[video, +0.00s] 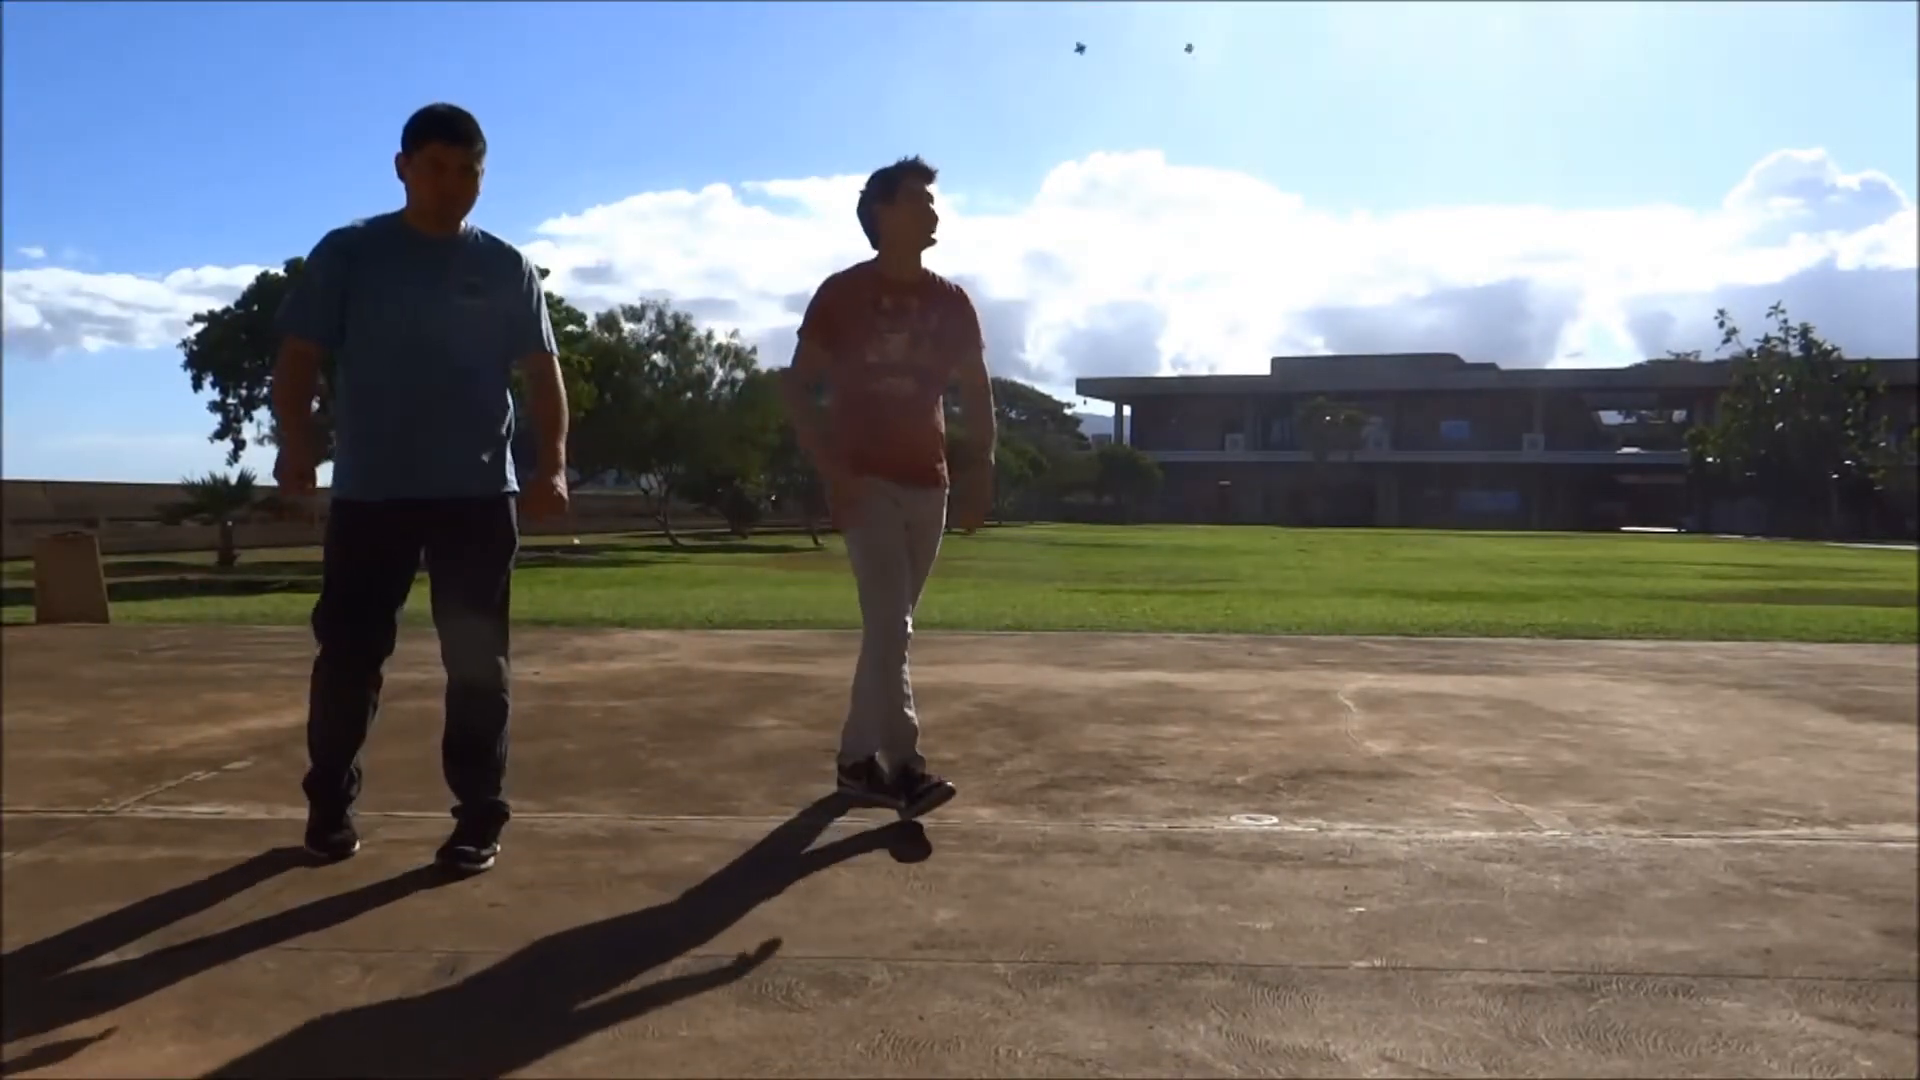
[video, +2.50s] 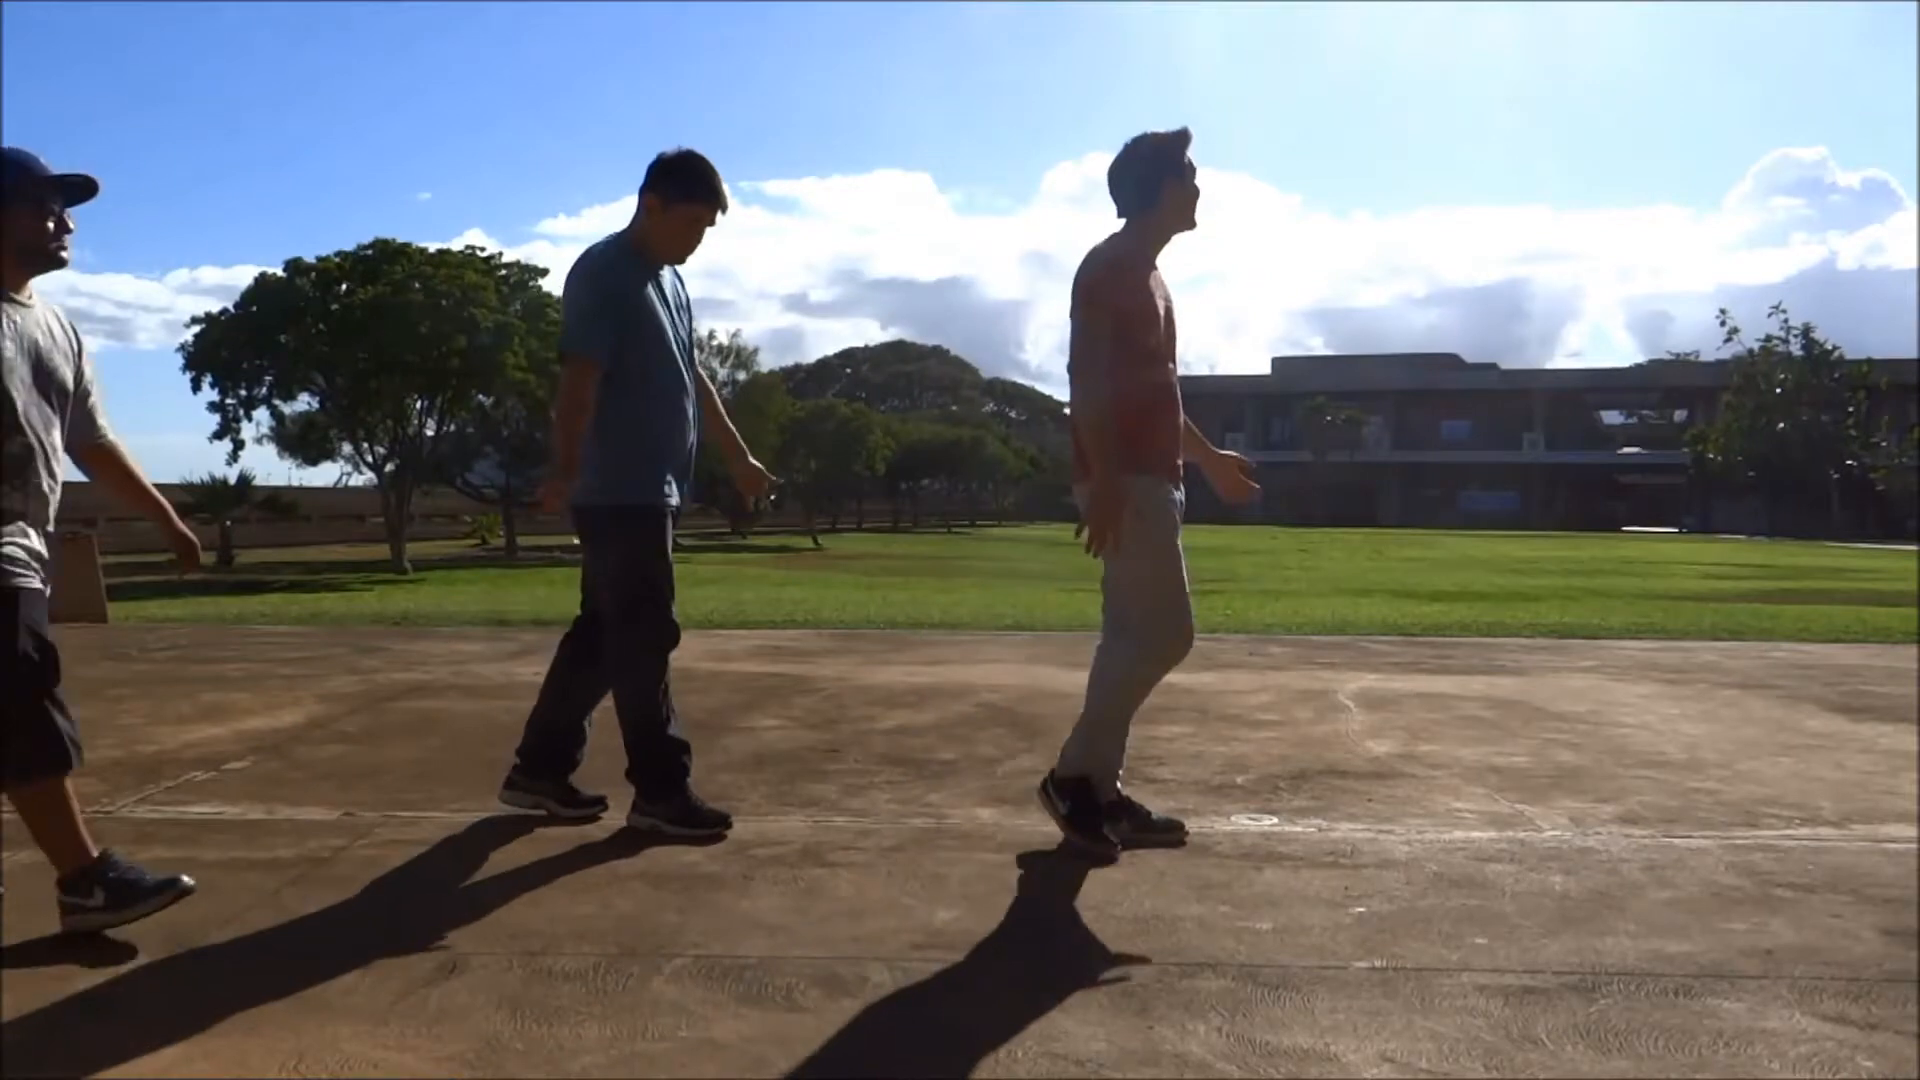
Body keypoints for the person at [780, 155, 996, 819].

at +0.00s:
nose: (933, 209)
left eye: (931, 199)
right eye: (918, 200)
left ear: (925, 214)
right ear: (878, 215)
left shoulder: (952, 300)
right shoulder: (841, 293)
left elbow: (979, 393)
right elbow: (796, 387)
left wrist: (981, 468)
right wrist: (828, 466)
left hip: (930, 484)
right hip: (863, 481)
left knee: (893, 622)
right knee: (889, 621)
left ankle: (857, 756)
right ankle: (904, 763)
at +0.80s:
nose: (987, 192)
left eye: (983, 180)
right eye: (973, 181)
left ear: (951, 196)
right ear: (930, 195)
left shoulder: (983, 285)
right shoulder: (879, 279)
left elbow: (1001, 389)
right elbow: (838, 392)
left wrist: (1039, 480)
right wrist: (843, 492)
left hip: (983, 484)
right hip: (917, 485)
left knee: (1000, 626)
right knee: (932, 635)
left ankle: (903, 718)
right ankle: (927, 788)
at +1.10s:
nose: (1003, 188)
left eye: (1002, 176)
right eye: (988, 176)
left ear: (983, 191)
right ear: (944, 188)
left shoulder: (991, 283)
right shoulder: (900, 274)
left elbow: (995, 390)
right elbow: (876, 391)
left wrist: (1018, 471)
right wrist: (897, 489)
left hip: (996, 485)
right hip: (933, 488)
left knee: (1029, 624)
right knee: (937, 640)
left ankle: (976, 768)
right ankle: (925, 787)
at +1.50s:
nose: (1048, 188)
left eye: (1043, 175)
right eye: (1035, 176)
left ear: (1011, 191)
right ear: (996, 191)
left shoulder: (1005, 285)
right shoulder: (951, 271)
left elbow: (1001, 391)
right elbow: (941, 388)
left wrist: (1018, 474)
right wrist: (994, 471)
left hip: (1007, 478)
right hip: (956, 481)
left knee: (1046, 630)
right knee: (953, 638)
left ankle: (1081, 787)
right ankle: (926, 791)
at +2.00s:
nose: (1130, 185)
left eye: (1125, 175)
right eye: (1117, 175)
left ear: (1091, 192)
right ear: (1082, 190)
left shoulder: (1076, 279)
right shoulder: (1043, 264)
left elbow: (1076, 388)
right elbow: (1043, 375)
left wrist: (1095, 480)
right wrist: (1079, 477)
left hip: (1078, 480)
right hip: (1032, 479)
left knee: (1087, 642)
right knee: (1006, 633)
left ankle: (1093, 799)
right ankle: (932, 776)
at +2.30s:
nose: (1174, 181)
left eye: (1168, 169)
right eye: (1161, 170)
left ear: (1133, 190)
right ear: (1126, 188)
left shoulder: (1121, 273)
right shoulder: (1091, 265)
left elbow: (1109, 389)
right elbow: (1077, 380)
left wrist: (1153, 457)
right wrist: (1108, 471)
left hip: (1123, 479)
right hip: (1089, 476)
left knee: (1115, 641)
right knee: (1097, 638)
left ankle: (1096, 799)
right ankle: (983, 752)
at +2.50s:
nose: (1200, 188)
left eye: (1195, 176)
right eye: (1188, 176)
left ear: (1155, 191)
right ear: (1155, 189)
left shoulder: (1147, 276)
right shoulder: (1110, 269)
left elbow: (1155, 392)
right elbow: (1090, 386)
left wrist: (1208, 456)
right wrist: (1102, 483)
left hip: (1149, 481)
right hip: (1127, 483)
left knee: (1133, 633)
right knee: (1165, 633)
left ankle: (1103, 792)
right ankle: (1072, 778)